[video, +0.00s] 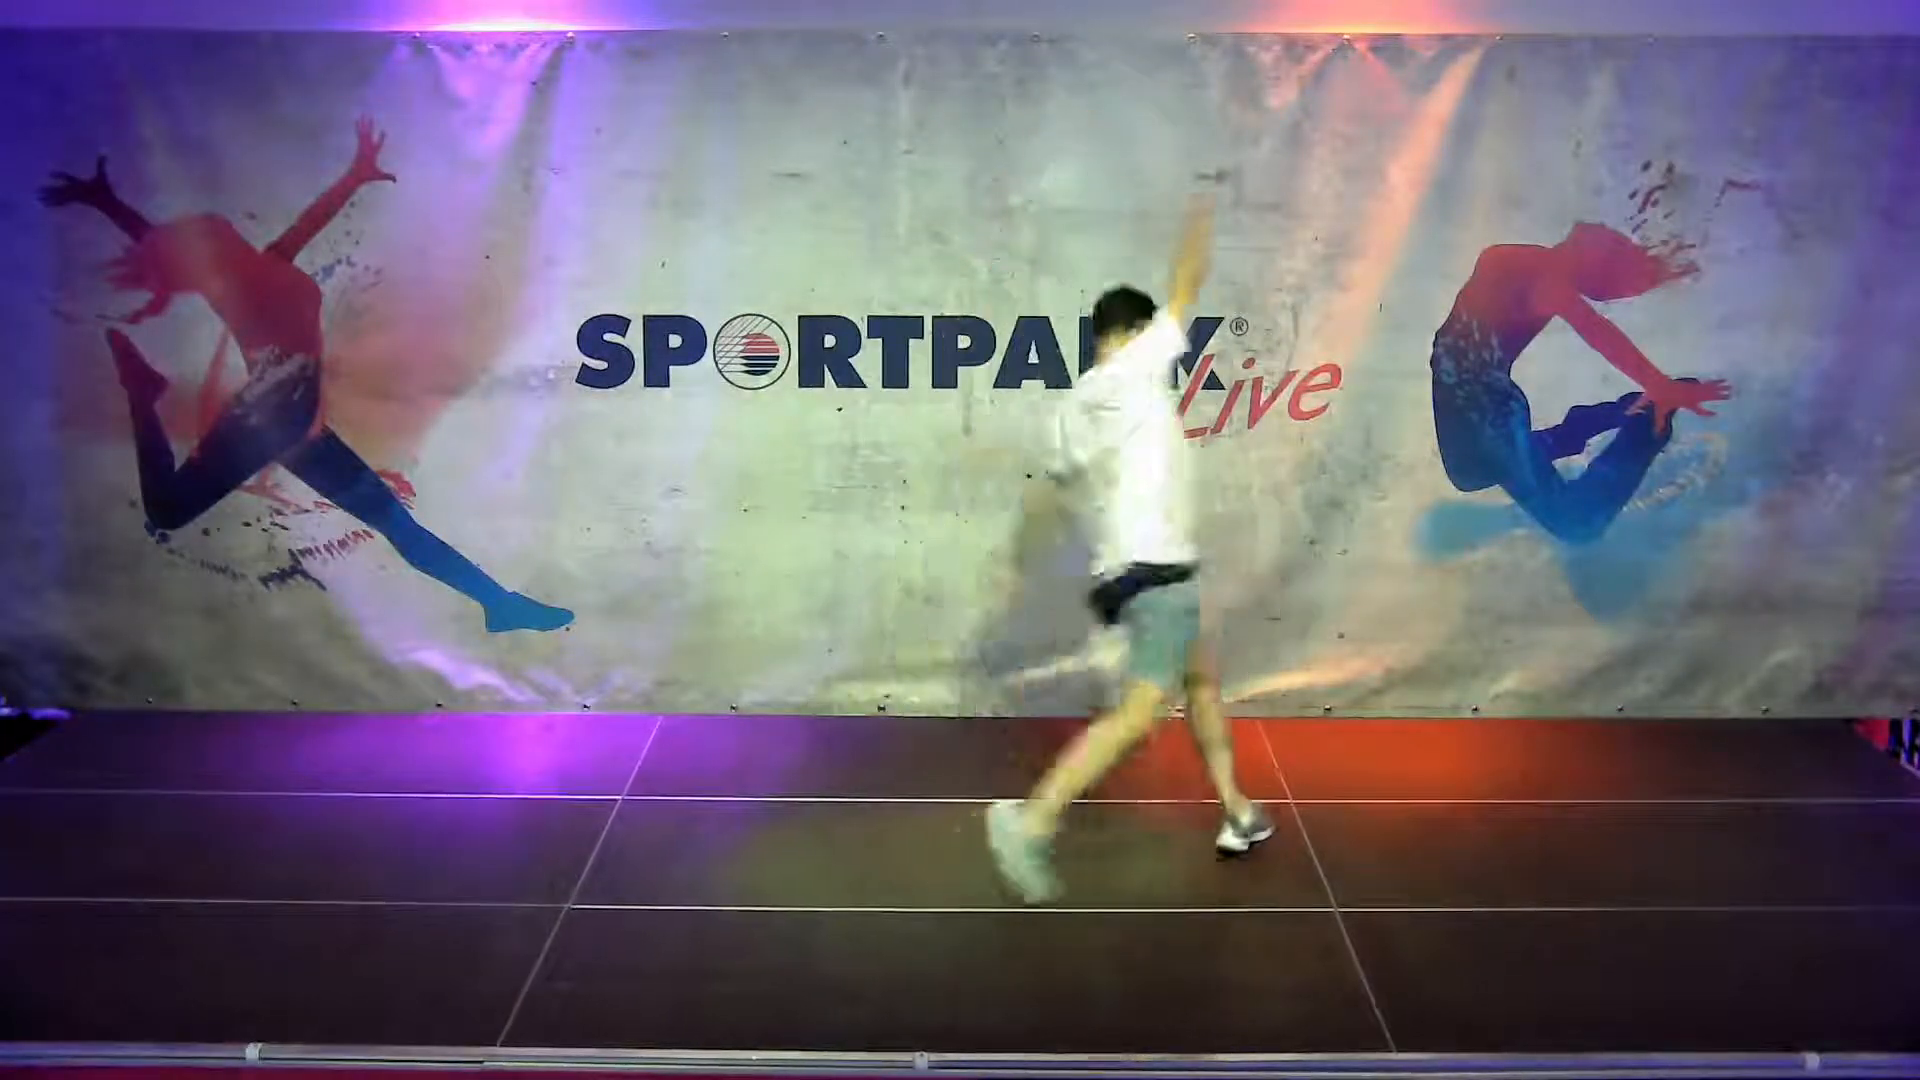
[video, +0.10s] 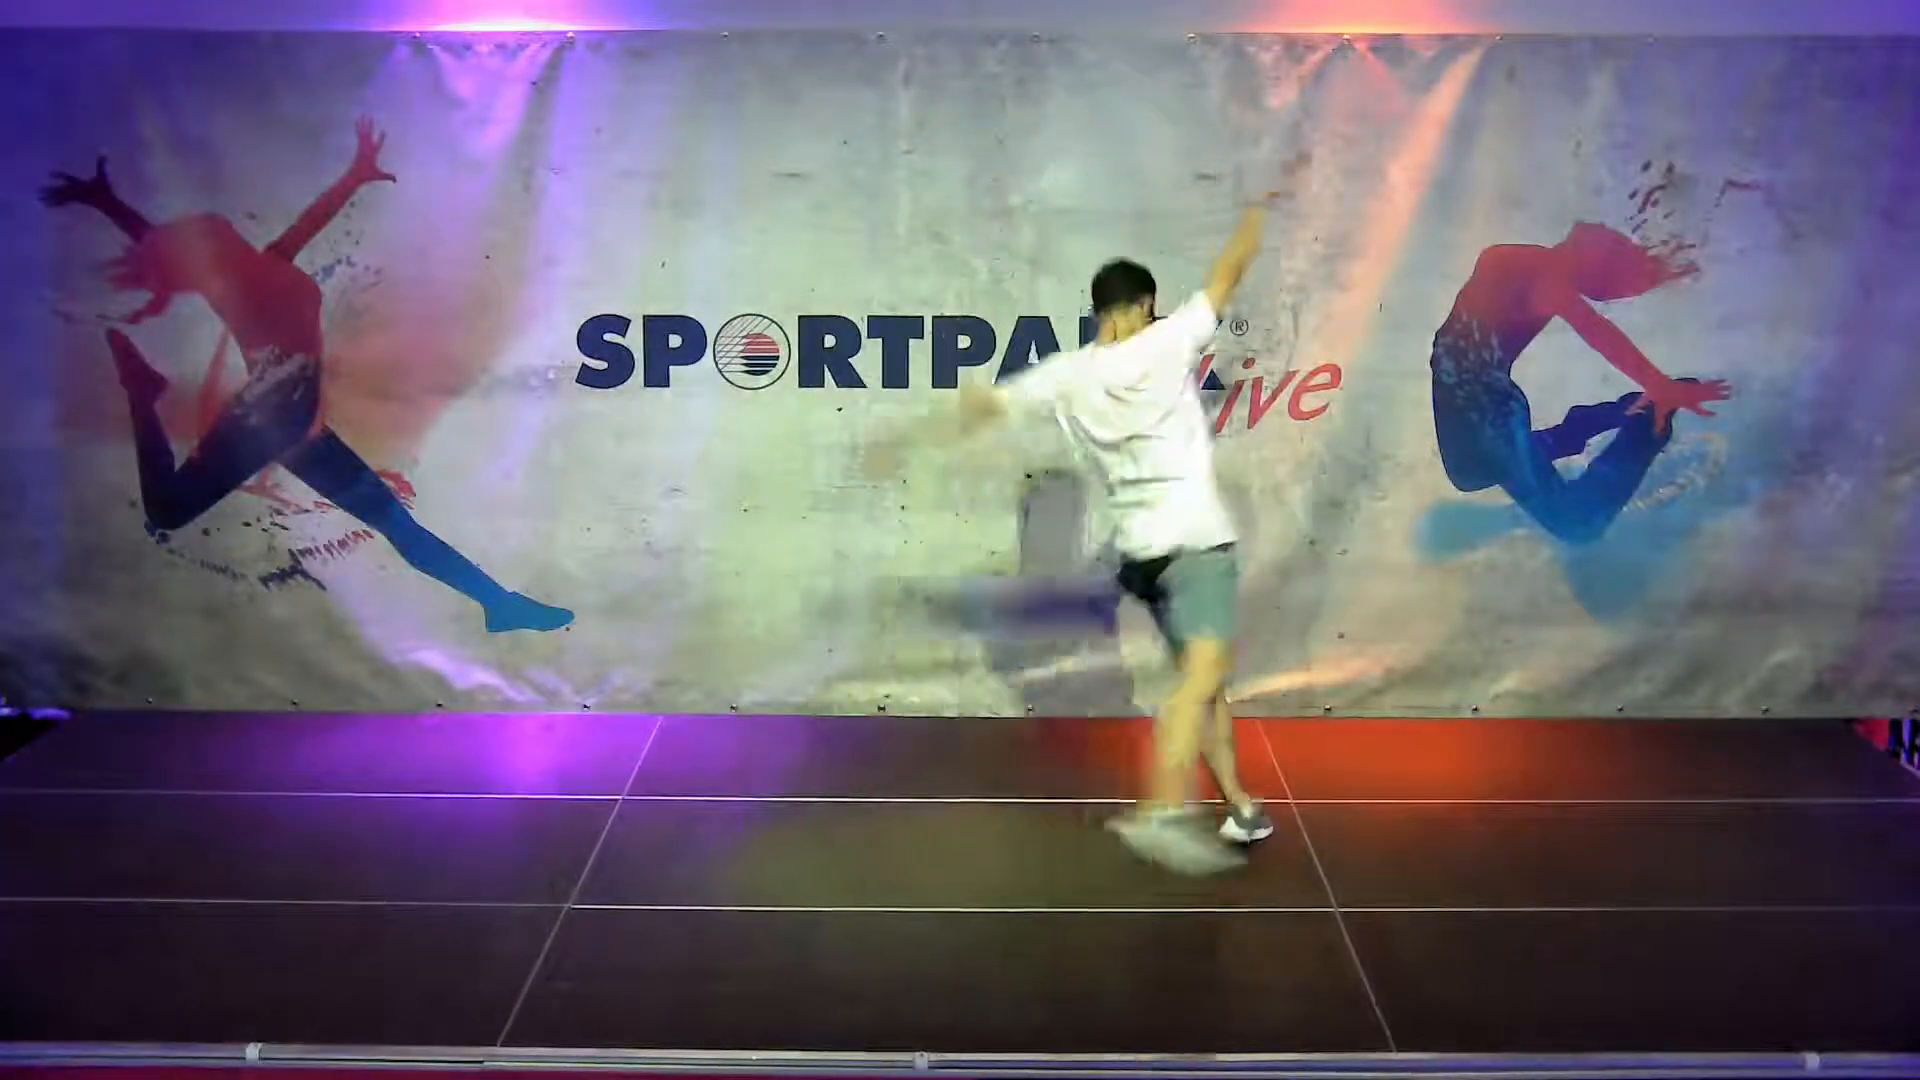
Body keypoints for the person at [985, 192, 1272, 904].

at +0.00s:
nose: (1150, 341)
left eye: (1142, 332)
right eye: (1145, 331)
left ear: (1095, 334)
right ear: (1135, 331)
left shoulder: (1071, 404)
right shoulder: (1142, 364)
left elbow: (1052, 485)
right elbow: (1185, 286)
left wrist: (1014, 563)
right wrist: (1204, 205)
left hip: (1117, 572)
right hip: (1163, 567)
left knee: (1199, 682)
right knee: (1140, 708)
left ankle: (1237, 813)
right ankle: (1029, 821)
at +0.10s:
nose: (1147, 320)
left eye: (1142, 311)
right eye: (1145, 309)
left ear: (1096, 312)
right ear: (1137, 307)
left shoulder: (1064, 373)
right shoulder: (1168, 341)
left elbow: (982, 405)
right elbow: (1227, 276)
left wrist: (906, 442)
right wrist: (1254, 217)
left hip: (1134, 549)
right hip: (1197, 537)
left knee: (1205, 676)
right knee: (1203, 672)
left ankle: (1239, 808)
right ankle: (1160, 811)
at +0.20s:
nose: (1143, 305)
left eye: (1134, 298)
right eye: (1141, 295)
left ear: (1090, 301)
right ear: (1142, 294)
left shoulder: (1061, 360)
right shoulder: (1176, 342)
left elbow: (971, 355)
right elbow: (1247, 278)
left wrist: (889, 351)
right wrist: (1293, 215)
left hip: (1141, 537)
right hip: (1203, 525)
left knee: (1194, 668)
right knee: (1240, 639)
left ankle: (1239, 800)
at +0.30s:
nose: (1106, 338)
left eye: (1096, 331)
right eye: (1120, 325)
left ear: (1083, 337)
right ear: (1143, 327)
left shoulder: (1070, 376)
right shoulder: (1187, 366)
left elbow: (1003, 303)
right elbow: (1267, 309)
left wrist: (946, 249)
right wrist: (1329, 253)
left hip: (1140, 553)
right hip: (1206, 535)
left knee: (1190, 680)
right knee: (1298, 625)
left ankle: (1251, 796)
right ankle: (1422, 707)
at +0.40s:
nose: (1136, 341)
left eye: (1111, 342)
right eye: (1134, 336)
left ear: (1083, 357)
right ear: (1139, 348)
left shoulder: (1071, 397)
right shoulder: (1178, 393)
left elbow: (1027, 297)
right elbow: (1257, 336)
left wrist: (994, 220)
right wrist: (1332, 283)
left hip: (1133, 570)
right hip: (1200, 548)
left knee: (1188, 690)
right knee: (1301, 621)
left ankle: (1254, 798)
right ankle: (1409, 708)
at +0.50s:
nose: (1123, 328)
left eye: (1099, 326)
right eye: (1121, 323)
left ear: (1070, 340)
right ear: (1121, 334)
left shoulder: (1056, 380)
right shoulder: (1159, 383)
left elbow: (1025, 282)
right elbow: (1249, 341)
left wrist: (1010, 198)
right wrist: (1324, 295)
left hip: (1108, 546)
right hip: (1173, 528)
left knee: (1171, 674)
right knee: (1251, 599)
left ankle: (1247, 786)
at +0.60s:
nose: (1091, 307)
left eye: (1074, 308)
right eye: (1098, 304)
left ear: (1057, 329)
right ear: (1106, 325)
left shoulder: (1045, 367)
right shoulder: (1146, 372)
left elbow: (1010, 273)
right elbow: (1235, 345)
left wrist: (1003, 183)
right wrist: (1306, 312)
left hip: (1077, 521)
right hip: (1142, 516)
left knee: (1100, 645)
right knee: (1168, 620)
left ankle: (1171, 735)